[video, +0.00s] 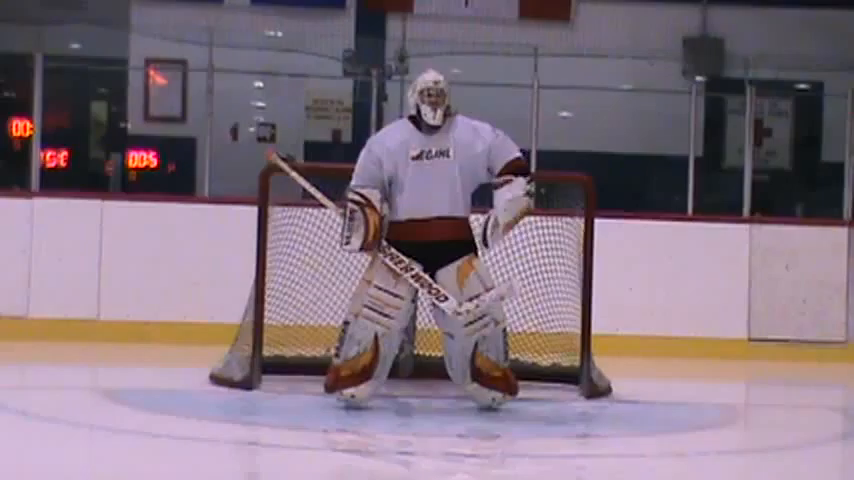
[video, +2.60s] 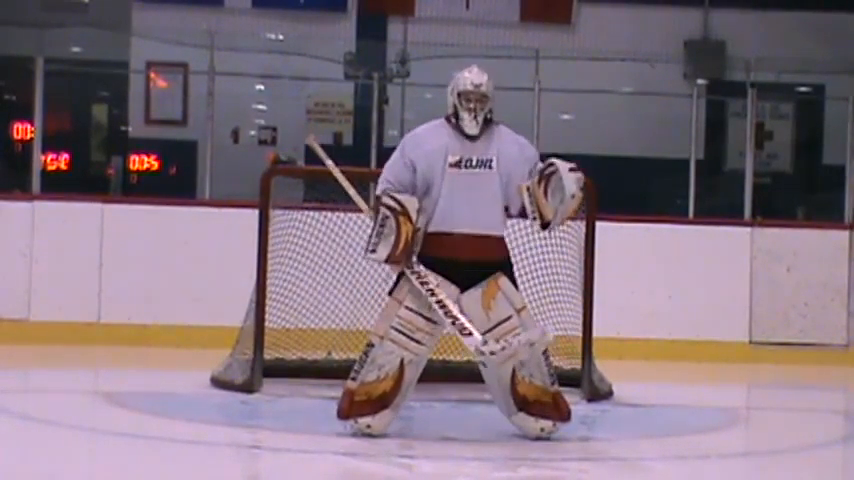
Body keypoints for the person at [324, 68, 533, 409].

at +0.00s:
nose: (434, 102)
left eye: (439, 96)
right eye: (427, 96)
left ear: (448, 98)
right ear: (415, 99)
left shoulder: (475, 135)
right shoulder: (387, 141)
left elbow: (512, 167)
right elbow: (364, 190)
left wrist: (507, 211)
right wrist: (361, 222)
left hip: (455, 244)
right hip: (400, 244)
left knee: (477, 314)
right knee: (375, 312)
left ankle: (489, 386)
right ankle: (354, 384)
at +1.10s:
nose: (454, 120)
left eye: (462, 114)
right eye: (448, 113)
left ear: (473, 113)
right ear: (435, 112)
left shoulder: (505, 154)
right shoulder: (404, 152)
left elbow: (528, 203)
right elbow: (388, 208)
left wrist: (515, 228)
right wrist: (399, 232)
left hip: (480, 268)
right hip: (418, 267)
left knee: (508, 337)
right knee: (387, 334)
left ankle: (527, 410)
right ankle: (361, 406)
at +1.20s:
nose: (459, 132)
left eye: (466, 125)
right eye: (452, 125)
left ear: (478, 124)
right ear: (438, 123)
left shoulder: (501, 162)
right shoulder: (409, 161)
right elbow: (400, 222)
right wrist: (421, 258)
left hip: (478, 267)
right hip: (421, 264)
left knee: (504, 332)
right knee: (394, 331)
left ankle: (529, 407)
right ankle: (366, 407)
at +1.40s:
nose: (469, 185)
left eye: (476, 177)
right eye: (463, 176)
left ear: (488, 174)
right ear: (449, 171)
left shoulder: (509, 205)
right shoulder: (417, 194)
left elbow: (500, 262)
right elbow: (407, 251)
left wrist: (478, 286)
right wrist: (433, 282)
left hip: (476, 277)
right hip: (422, 272)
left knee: (507, 339)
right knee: (398, 334)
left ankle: (535, 413)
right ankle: (367, 411)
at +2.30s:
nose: (480, 146)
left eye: (487, 139)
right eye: (473, 138)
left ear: (497, 141)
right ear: (459, 138)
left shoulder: (519, 185)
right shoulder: (426, 170)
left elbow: (533, 245)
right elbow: (399, 220)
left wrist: (519, 265)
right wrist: (417, 266)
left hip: (482, 277)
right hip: (424, 272)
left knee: (510, 339)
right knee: (395, 336)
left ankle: (536, 414)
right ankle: (368, 412)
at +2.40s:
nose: (477, 126)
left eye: (483, 119)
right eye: (470, 119)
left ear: (493, 123)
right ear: (456, 120)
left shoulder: (515, 167)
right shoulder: (422, 156)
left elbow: (538, 213)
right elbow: (386, 195)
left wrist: (545, 233)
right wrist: (397, 224)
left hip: (483, 268)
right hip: (426, 265)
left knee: (514, 342)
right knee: (394, 339)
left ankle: (537, 417)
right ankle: (366, 414)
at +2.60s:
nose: (473, 106)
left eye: (479, 99)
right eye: (466, 99)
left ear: (489, 102)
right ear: (452, 100)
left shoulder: (511, 146)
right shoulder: (422, 142)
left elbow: (528, 200)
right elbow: (390, 191)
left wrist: (556, 186)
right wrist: (393, 223)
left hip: (490, 263)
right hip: (432, 262)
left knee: (514, 340)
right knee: (401, 336)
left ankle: (539, 416)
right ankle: (370, 413)